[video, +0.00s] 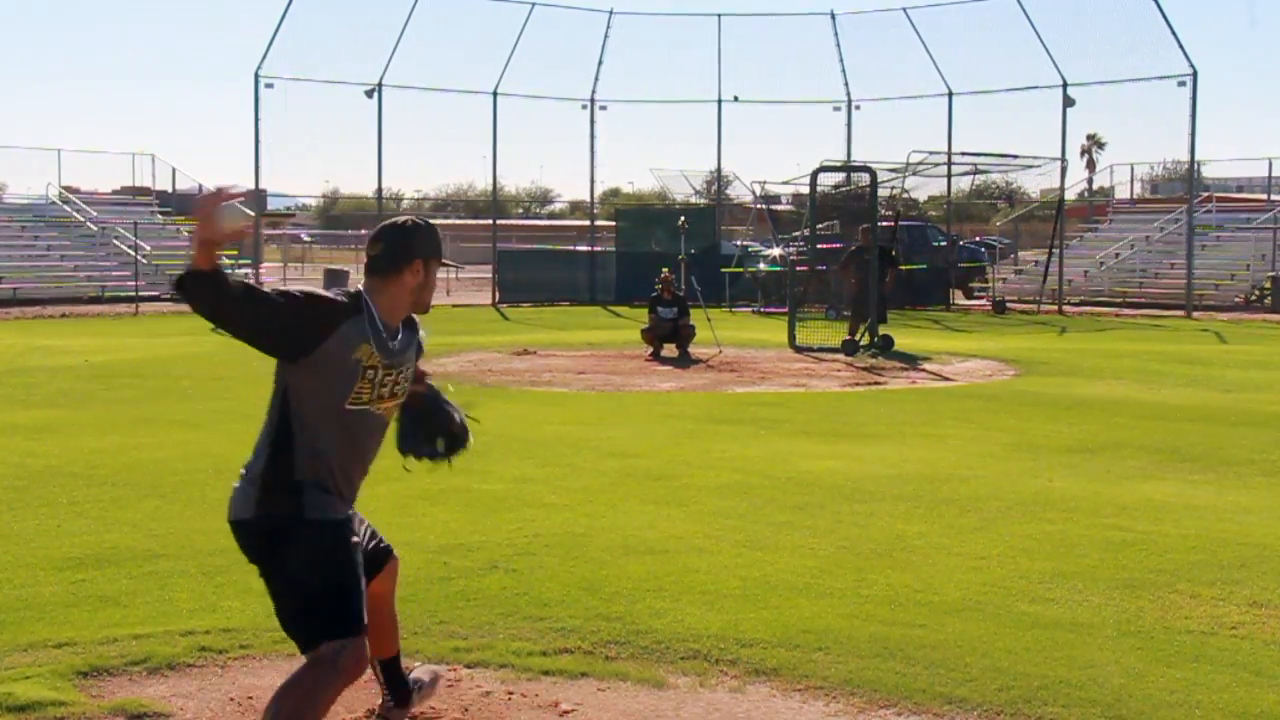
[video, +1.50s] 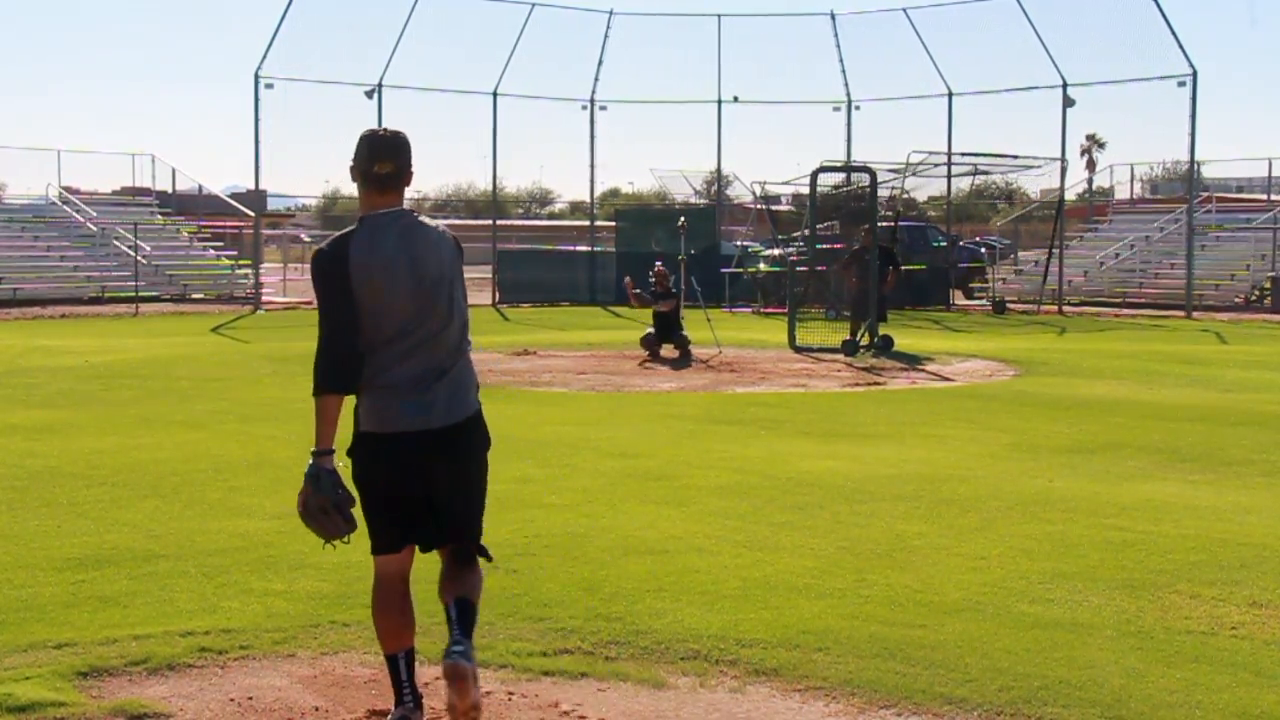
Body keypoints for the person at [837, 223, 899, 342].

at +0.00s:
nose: (867, 238)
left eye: (869, 235)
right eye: (864, 235)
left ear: (873, 236)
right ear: (860, 236)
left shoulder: (882, 251)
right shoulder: (856, 252)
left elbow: (893, 267)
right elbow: (843, 267)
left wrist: (889, 283)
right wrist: (851, 280)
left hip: (877, 288)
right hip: (860, 287)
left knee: (875, 316)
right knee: (856, 316)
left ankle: (873, 342)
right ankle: (850, 340)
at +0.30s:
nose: (867, 238)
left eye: (869, 235)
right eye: (864, 235)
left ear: (874, 236)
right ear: (860, 237)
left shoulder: (884, 251)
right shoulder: (857, 252)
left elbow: (895, 266)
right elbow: (844, 267)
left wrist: (890, 282)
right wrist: (851, 281)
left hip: (879, 288)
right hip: (862, 287)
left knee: (876, 315)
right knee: (858, 316)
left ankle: (873, 340)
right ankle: (853, 339)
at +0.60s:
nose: (867, 238)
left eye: (869, 235)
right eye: (864, 235)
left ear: (874, 236)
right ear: (860, 237)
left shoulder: (884, 251)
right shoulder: (857, 252)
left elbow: (894, 267)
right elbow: (844, 267)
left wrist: (889, 283)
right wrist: (850, 280)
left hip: (878, 289)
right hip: (861, 288)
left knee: (875, 316)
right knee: (857, 317)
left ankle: (873, 341)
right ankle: (852, 340)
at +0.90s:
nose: (866, 239)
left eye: (868, 236)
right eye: (863, 236)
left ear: (874, 236)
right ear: (860, 238)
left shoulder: (883, 252)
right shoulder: (855, 252)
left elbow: (894, 267)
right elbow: (843, 267)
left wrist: (889, 284)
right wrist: (850, 281)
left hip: (877, 289)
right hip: (860, 288)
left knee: (874, 316)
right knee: (856, 316)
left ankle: (872, 341)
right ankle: (852, 340)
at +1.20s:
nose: (864, 239)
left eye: (866, 236)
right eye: (862, 236)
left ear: (873, 237)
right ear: (859, 237)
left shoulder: (882, 251)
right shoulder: (856, 252)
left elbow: (894, 266)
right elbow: (842, 267)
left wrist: (888, 284)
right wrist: (850, 281)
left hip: (877, 289)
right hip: (860, 288)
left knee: (874, 317)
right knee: (856, 317)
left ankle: (873, 341)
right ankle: (852, 340)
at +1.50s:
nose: (866, 239)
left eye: (869, 236)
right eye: (865, 236)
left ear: (875, 237)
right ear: (862, 237)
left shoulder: (886, 252)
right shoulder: (857, 252)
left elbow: (896, 268)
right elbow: (845, 267)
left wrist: (889, 284)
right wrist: (850, 281)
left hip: (878, 289)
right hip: (861, 288)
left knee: (875, 316)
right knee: (856, 316)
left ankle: (873, 341)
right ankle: (852, 340)